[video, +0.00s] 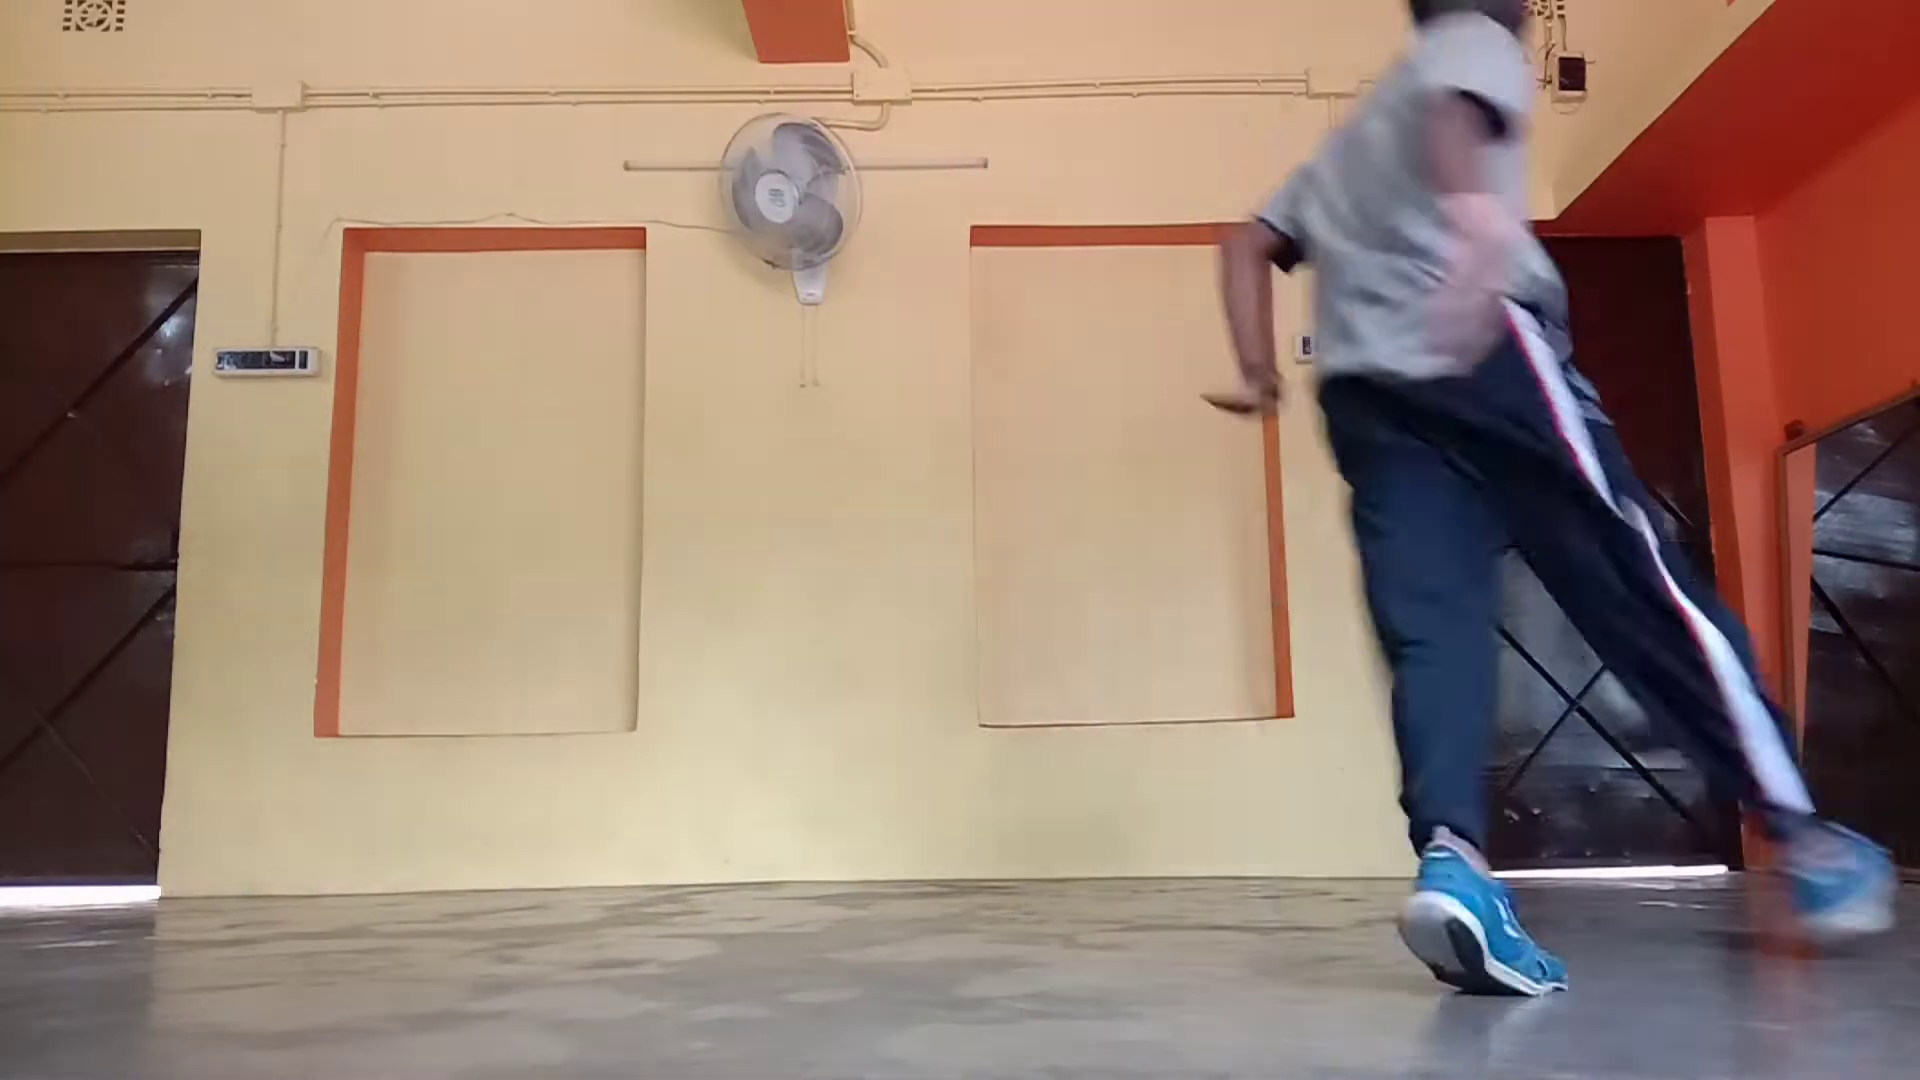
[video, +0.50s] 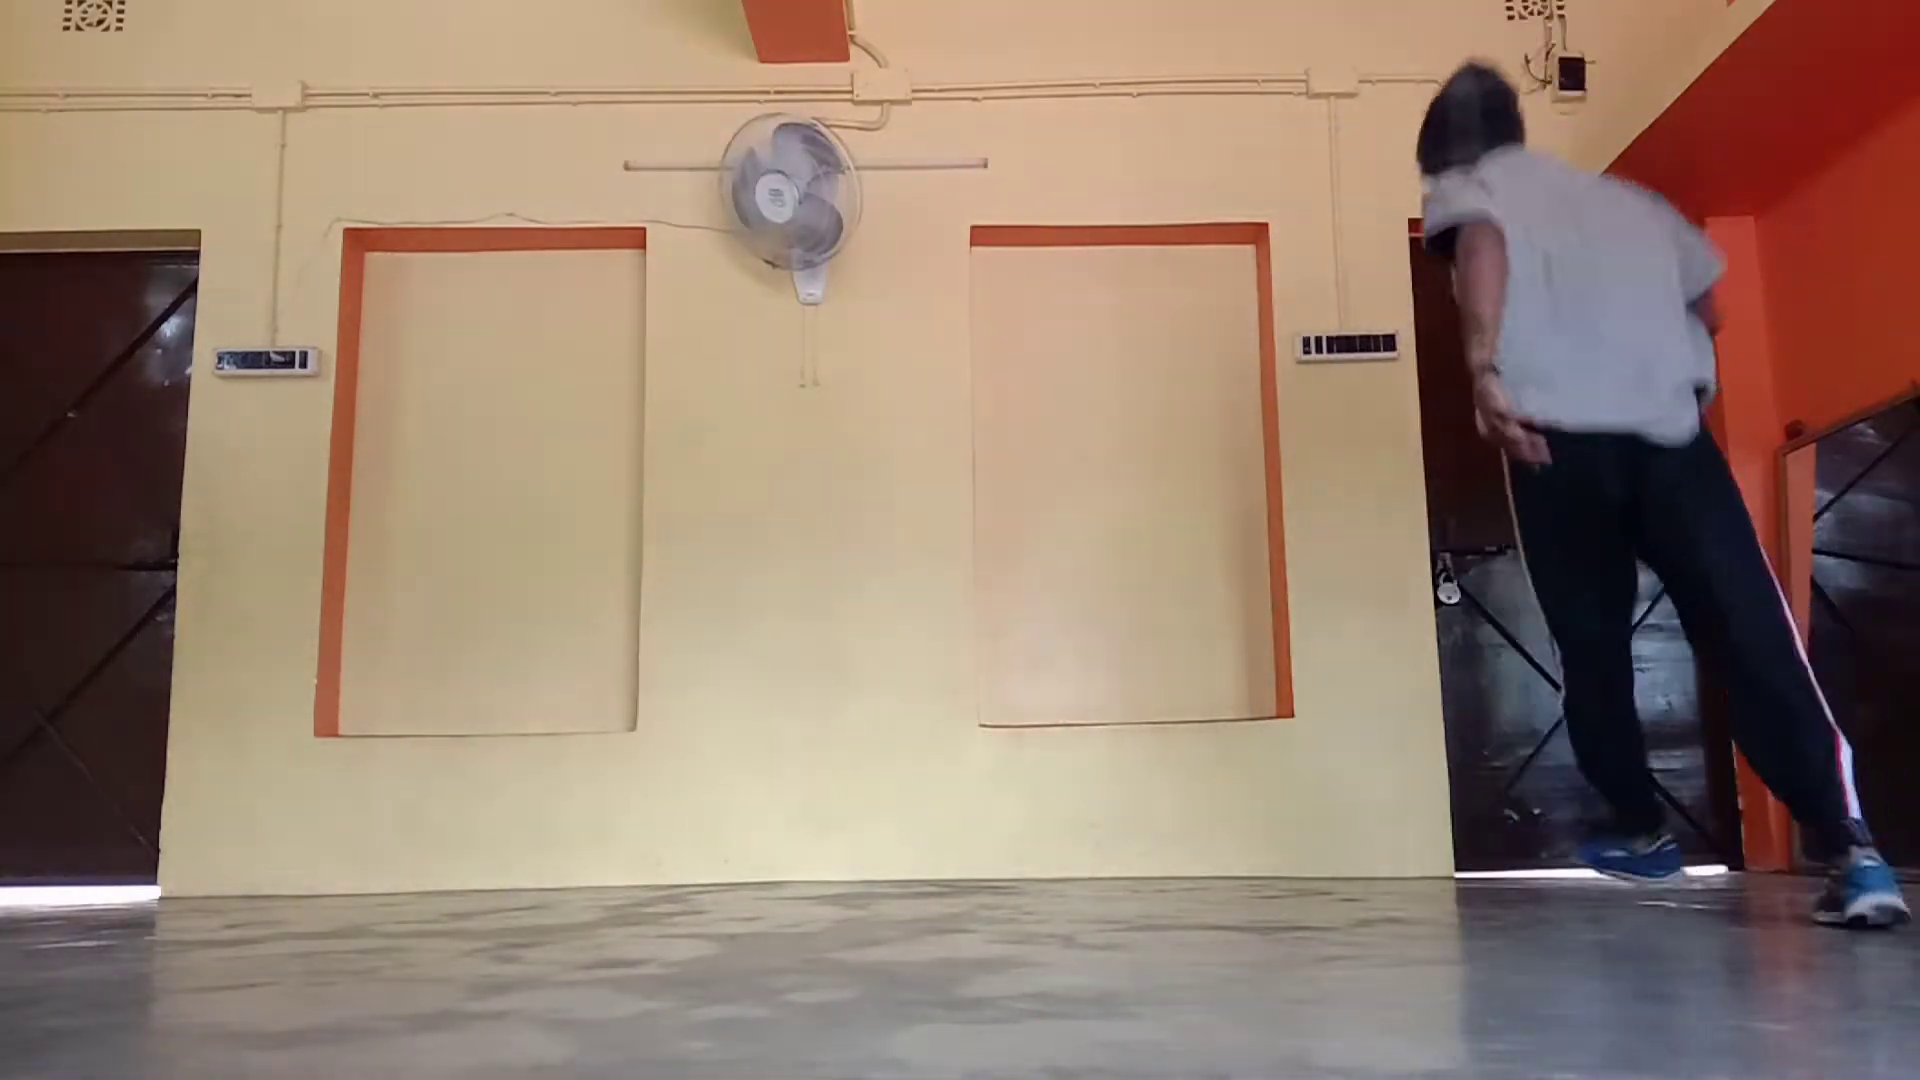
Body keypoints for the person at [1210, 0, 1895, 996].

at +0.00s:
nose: (1529, 27)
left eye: (1527, 22)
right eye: (1526, 18)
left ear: (1421, 16)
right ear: (1507, 12)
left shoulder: (1363, 129)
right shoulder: (1476, 37)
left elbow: (1244, 246)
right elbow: (1449, 118)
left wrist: (1257, 370)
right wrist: (1477, 217)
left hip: (1365, 378)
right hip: (1479, 338)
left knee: (1430, 616)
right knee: (1631, 573)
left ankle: (1450, 862)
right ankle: (1798, 831)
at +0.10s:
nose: (1577, 63)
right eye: (1573, 47)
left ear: (1485, 63)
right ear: (1571, 49)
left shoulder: (1422, 173)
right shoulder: (1560, 102)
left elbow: (1308, 288)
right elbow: (1590, 175)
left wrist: (1311, 416)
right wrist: (1653, 238)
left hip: (1433, 426)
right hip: (1557, 398)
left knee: (1479, 635)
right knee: (1701, 624)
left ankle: (1459, 854)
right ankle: (1871, 876)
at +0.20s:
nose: (1617, 87)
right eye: (1617, 73)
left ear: (1524, 92)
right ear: (1621, 81)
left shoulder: (1466, 190)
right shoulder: (1650, 145)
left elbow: (1383, 286)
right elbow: (1730, 221)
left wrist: (1406, 424)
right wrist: (1843, 291)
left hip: (1499, 446)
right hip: (1635, 421)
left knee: (1569, 632)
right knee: (1767, 613)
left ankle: (1552, 740)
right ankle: (1875, 867)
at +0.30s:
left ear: (1497, 72)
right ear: (1586, 57)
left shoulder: (1459, 142)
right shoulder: (1656, 119)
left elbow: (1407, 215)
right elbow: (1746, 221)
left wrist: (1452, 347)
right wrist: (1833, 328)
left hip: (1523, 405)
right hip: (1658, 396)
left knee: (1536, 596)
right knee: (1758, 585)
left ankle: (1671, 709)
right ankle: (1857, 811)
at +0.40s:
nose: (1450, 90)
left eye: (1453, 76)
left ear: (1460, 74)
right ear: (1547, 66)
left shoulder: (1461, 125)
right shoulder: (1644, 128)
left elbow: (1449, 185)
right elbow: (1741, 261)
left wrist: (1463, 323)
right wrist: (1732, 349)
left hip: (1543, 404)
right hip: (1667, 399)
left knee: (1546, 594)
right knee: (1748, 600)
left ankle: (1695, 785)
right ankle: (1855, 806)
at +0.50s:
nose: (1438, 173)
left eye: (1435, 161)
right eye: (1441, 163)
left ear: (1444, 144)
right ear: (1517, 130)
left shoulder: (1464, 175)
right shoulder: (1629, 198)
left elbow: (1482, 243)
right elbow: (1706, 292)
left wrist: (1483, 369)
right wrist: (1677, 372)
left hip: (1560, 441)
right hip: (1673, 438)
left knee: (1592, 647)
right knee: (1753, 634)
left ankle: (1640, 831)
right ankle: (1853, 849)